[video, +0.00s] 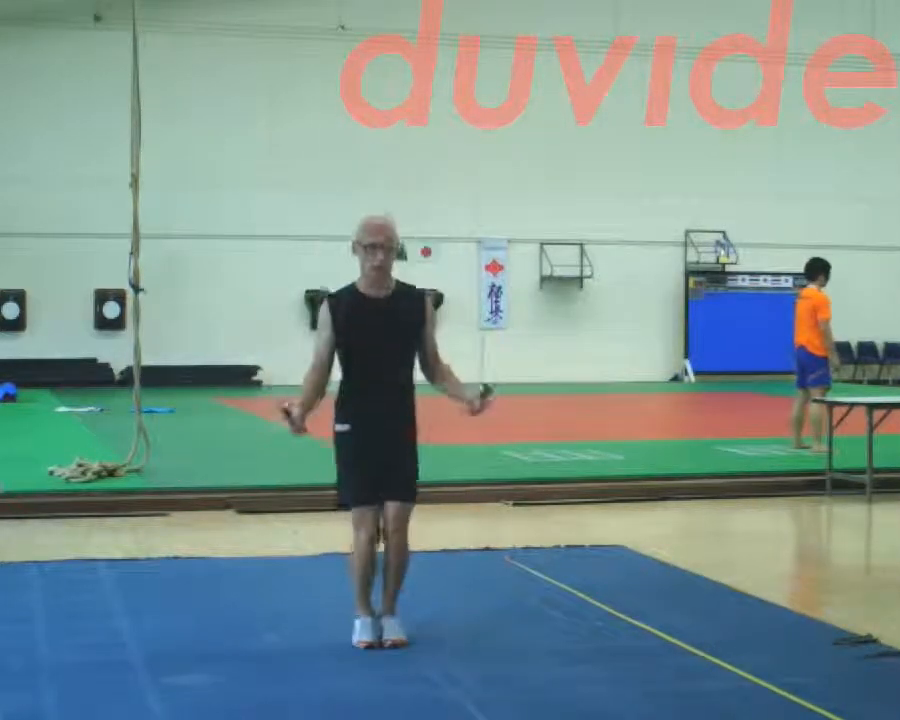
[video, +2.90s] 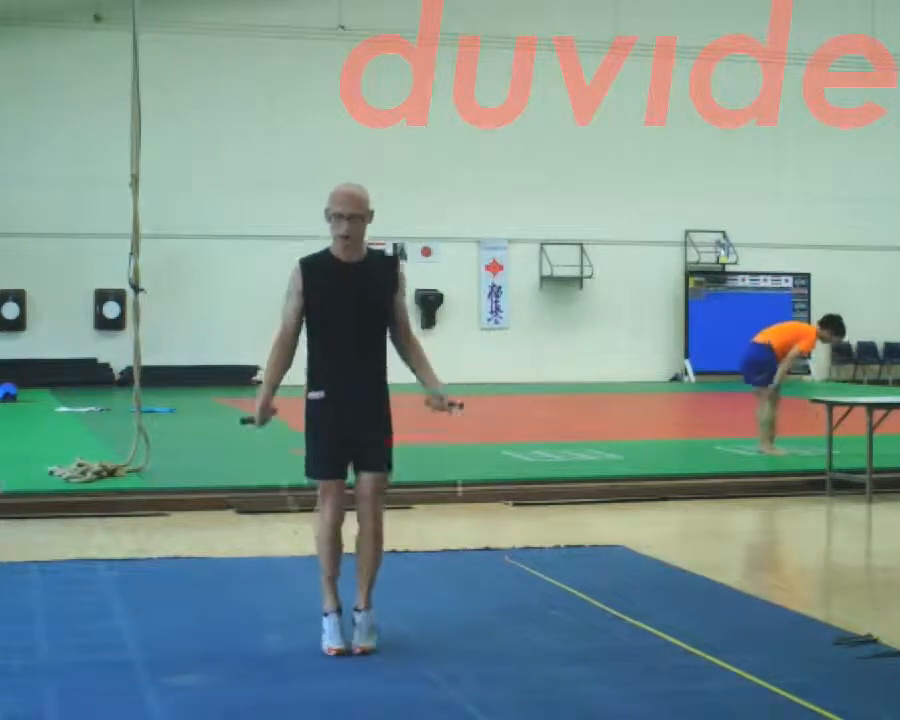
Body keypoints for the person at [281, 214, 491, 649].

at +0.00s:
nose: (377, 256)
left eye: (384, 248)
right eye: (369, 248)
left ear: (396, 251)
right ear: (355, 251)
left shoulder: (418, 303)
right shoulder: (336, 306)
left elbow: (433, 365)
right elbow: (320, 368)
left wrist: (465, 395)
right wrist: (301, 408)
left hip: (399, 420)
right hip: (354, 421)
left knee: (396, 521)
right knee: (366, 523)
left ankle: (389, 614)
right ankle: (363, 615)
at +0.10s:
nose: (380, 214)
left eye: (388, 206)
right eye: (371, 206)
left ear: (398, 207)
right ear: (356, 207)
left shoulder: (416, 254)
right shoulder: (336, 257)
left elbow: (428, 322)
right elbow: (318, 325)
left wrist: (458, 370)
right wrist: (296, 380)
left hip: (400, 385)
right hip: (353, 386)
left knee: (400, 497)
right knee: (359, 497)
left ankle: (393, 594)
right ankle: (359, 596)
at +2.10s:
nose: (354, 209)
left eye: (363, 201)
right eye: (346, 200)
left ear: (377, 203)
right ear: (334, 203)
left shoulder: (398, 250)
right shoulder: (316, 255)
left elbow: (419, 315)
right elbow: (298, 323)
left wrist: (454, 360)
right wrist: (274, 375)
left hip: (381, 375)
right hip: (334, 376)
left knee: (380, 475)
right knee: (345, 476)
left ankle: (369, 581)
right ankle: (340, 584)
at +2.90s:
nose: (344, 226)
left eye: (353, 218)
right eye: (336, 218)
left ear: (368, 220)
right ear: (326, 219)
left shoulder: (389, 272)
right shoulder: (307, 272)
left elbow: (404, 337)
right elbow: (286, 339)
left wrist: (433, 386)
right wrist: (265, 395)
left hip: (372, 400)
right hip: (325, 401)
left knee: (370, 501)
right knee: (332, 502)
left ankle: (364, 610)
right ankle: (331, 610)